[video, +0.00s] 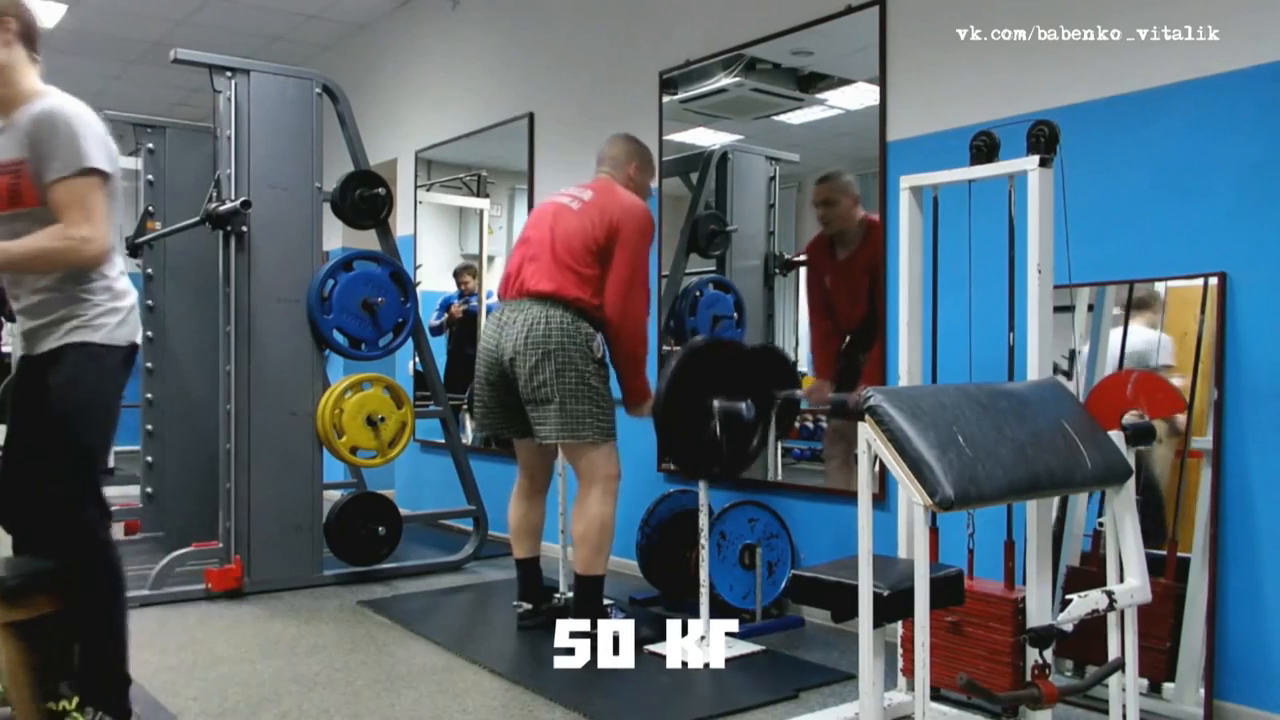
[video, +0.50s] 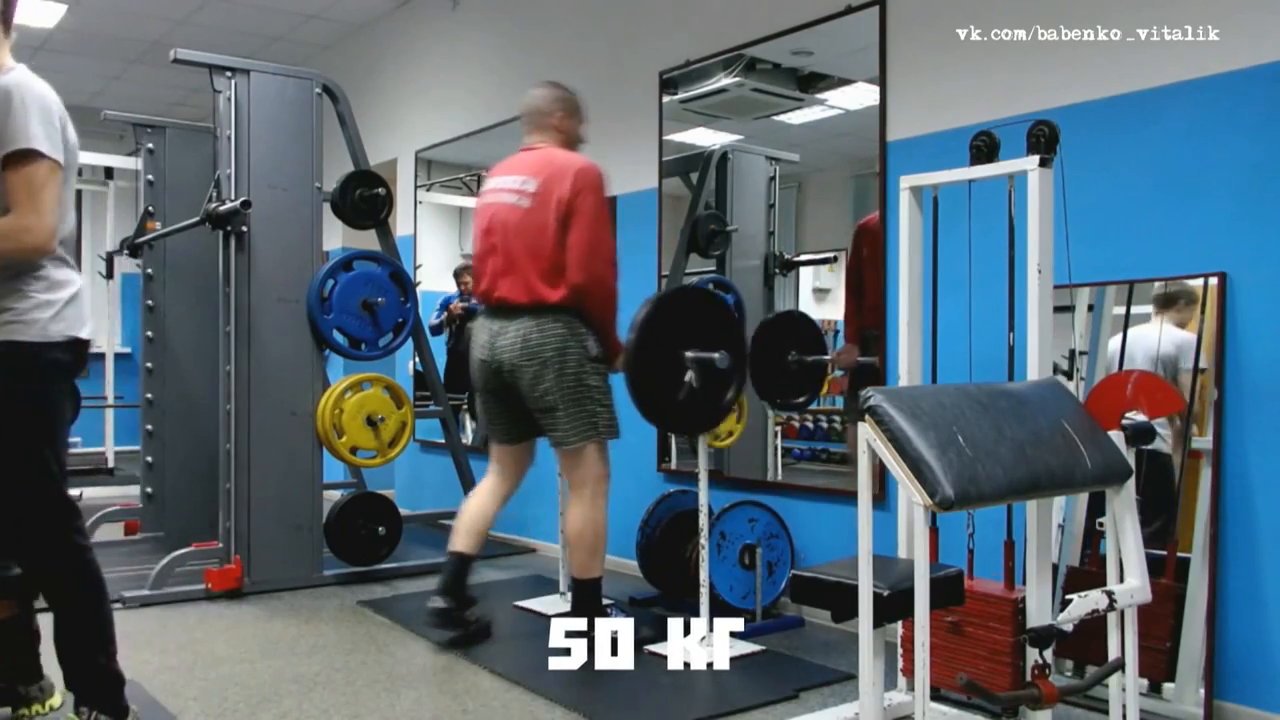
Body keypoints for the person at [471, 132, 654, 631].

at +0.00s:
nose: (648, 193)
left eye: (649, 186)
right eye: (648, 184)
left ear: (602, 168)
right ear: (634, 171)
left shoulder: (557, 201)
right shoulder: (631, 209)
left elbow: (511, 282)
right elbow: (623, 307)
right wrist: (637, 390)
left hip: (502, 327)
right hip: (558, 332)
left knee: (532, 470)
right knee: (598, 475)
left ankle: (532, 598)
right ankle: (588, 612)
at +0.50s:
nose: (583, 130)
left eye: (581, 121)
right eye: (580, 121)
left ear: (530, 122)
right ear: (563, 119)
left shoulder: (499, 175)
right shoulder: (580, 173)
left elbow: (482, 268)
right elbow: (591, 271)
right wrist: (610, 342)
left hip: (489, 336)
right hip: (552, 336)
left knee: (504, 466)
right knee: (585, 475)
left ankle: (449, 595)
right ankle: (586, 619)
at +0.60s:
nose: (558, 130)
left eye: (555, 121)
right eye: (555, 121)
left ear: (507, 123)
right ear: (541, 120)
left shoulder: (477, 179)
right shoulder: (555, 173)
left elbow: (467, 274)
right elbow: (569, 270)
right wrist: (595, 342)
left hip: (472, 338)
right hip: (534, 336)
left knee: (488, 474)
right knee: (576, 476)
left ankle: (439, 610)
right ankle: (586, 618)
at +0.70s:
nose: (537, 134)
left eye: (535, 125)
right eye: (534, 124)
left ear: (486, 125)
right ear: (517, 122)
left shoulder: (457, 180)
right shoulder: (532, 172)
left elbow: (447, 280)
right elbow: (545, 273)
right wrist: (573, 340)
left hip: (454, 337)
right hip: (515, 334)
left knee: (472, 480)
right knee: (560, 478)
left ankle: (437, 616)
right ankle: (584, 616)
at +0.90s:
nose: (513, 132)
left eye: (512, 123)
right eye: (510, 122)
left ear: (463, 123)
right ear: (490, 119)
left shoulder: (431, 178)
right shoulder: (507, 168)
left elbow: (415, 272)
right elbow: (517, 268)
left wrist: (446, 316)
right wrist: (542, 339)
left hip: (426, 333)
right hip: (487, 329)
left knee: (452, 479)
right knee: (548, 472)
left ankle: (434, 620)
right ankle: (555, 618)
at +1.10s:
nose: (508, 129)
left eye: (506, 120)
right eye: (506, 120)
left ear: (454, 120)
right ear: (489, 117)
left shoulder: (422, 176)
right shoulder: (503, 168)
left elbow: (404, 271)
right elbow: (509, 269)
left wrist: (437, 315)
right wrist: (528, 342)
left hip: (416, 334)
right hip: (477, 332)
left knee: (444, 481)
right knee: (528, 477)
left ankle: (433, 623)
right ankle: (488, 627)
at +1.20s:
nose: (512, 129)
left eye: (510, 120)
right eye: (510, 120)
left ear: (457, 116)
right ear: (492, 114)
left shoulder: (424, 171)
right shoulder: (503, 167)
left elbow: (404, 267)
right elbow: (512, 270)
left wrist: (434, 314)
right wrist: (528, 346)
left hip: (416, 333)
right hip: (477, 334)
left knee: (442, 482)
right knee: (503, 485)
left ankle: (431, 625)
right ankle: (476, 647)